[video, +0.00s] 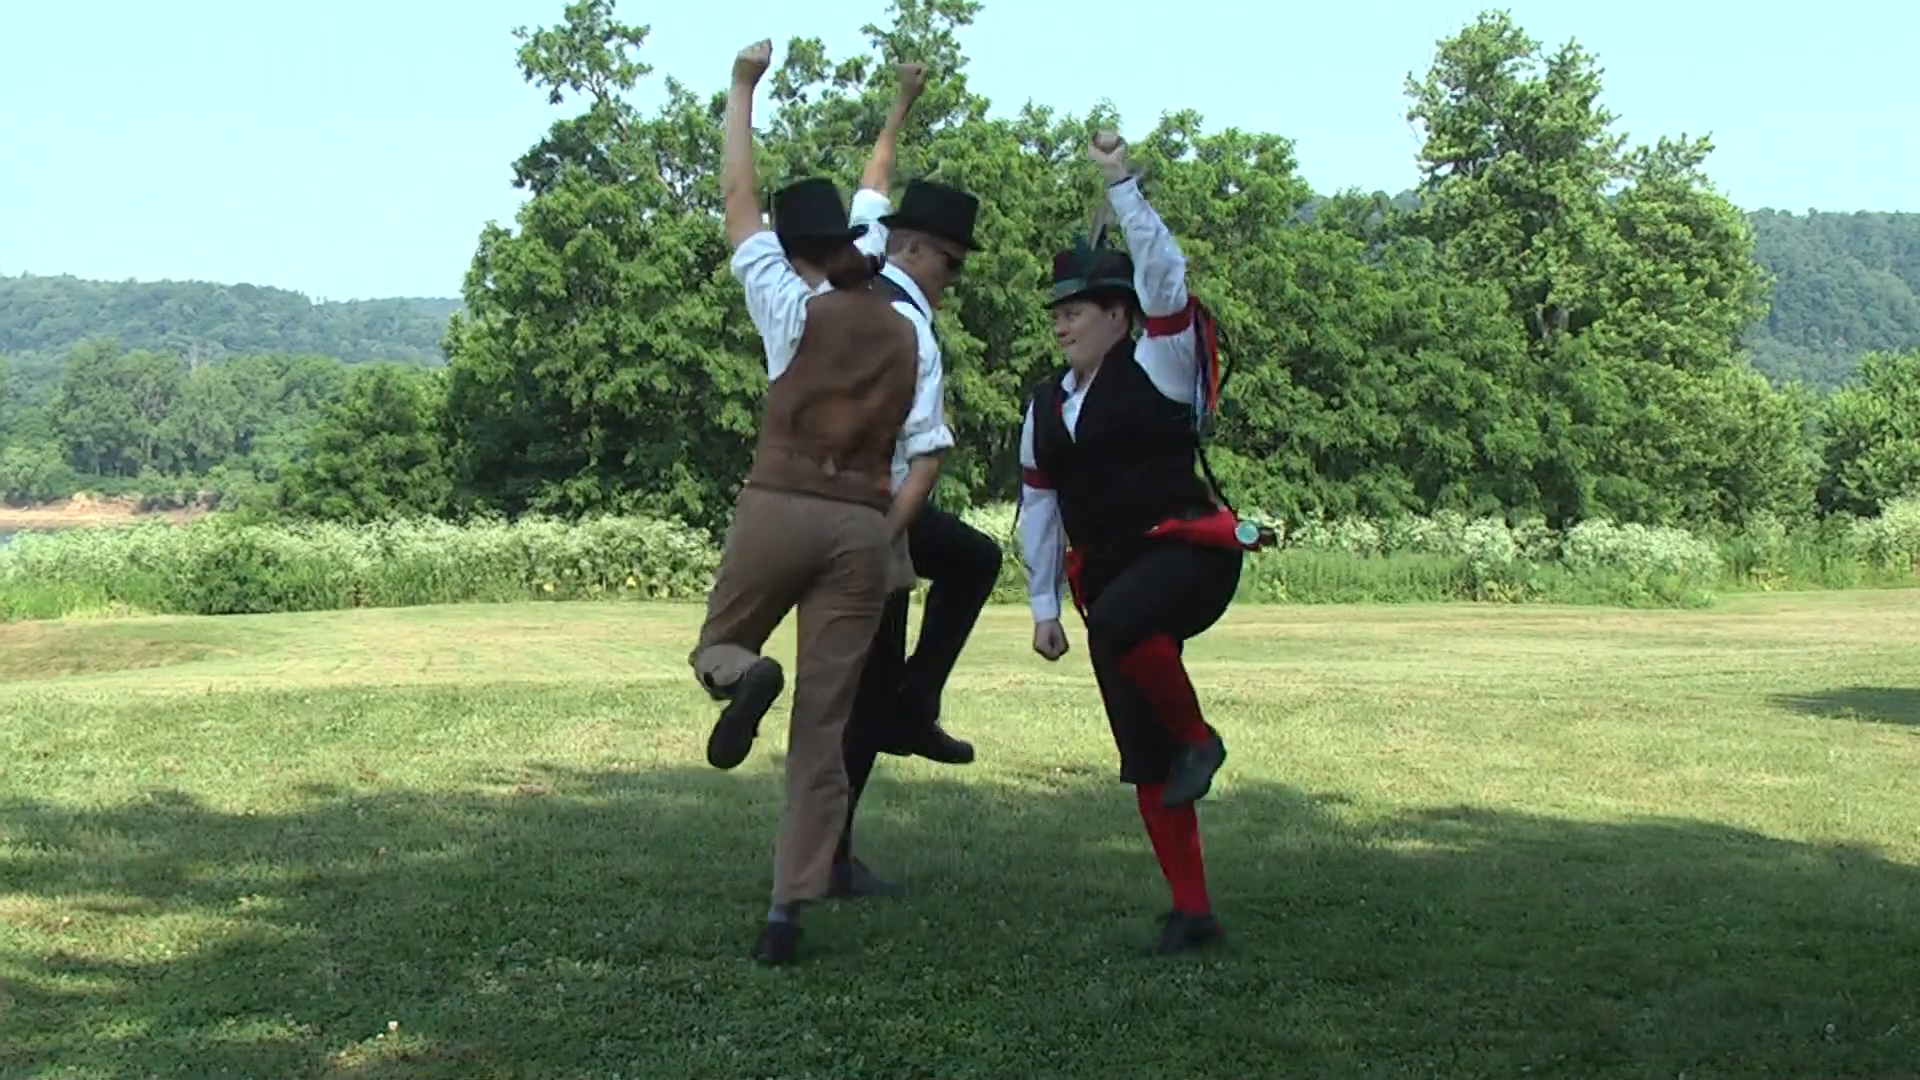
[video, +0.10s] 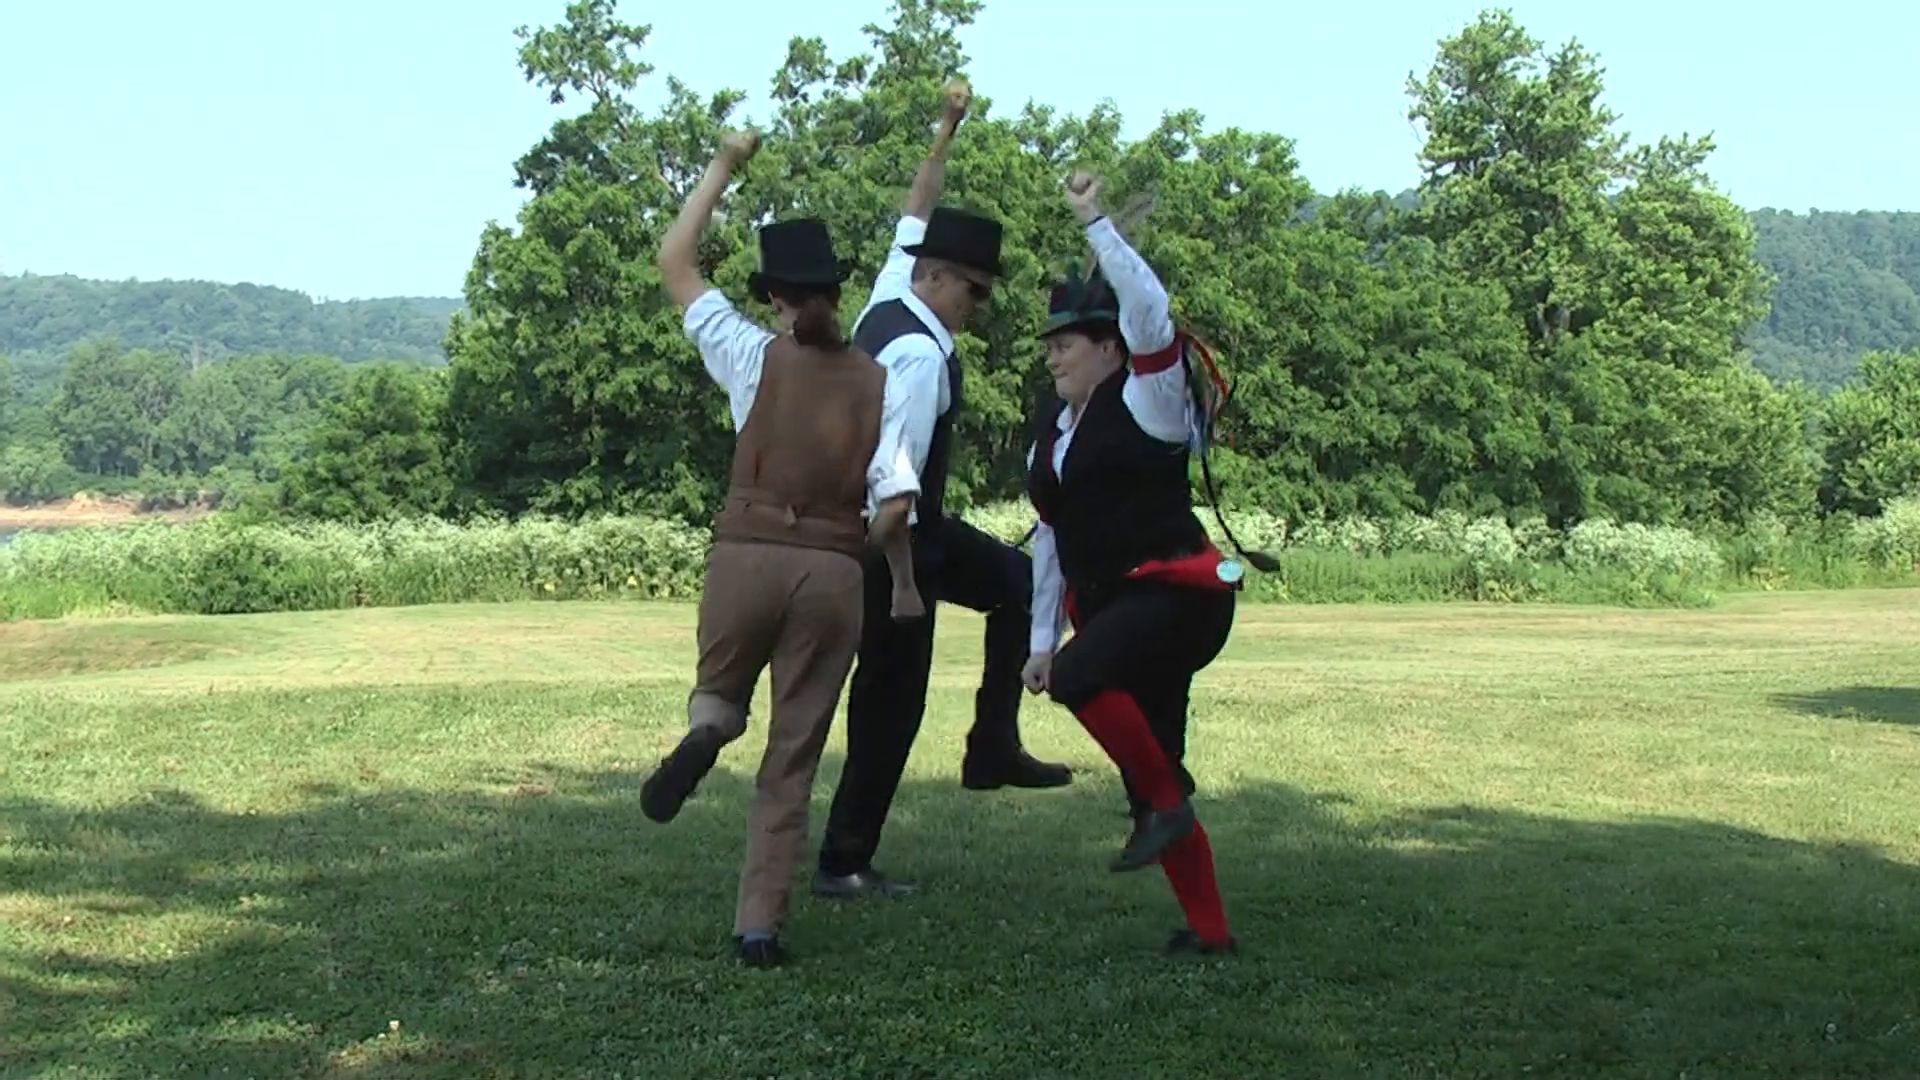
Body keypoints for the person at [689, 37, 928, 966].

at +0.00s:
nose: (796, 267)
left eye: (789, 254)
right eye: (839, 245)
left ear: (798, 258)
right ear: (858, 246)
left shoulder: (788, 307)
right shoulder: (912, 330)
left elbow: (743, 207)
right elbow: (927, 452)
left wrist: (741, 95)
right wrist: (886, 534)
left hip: (775, 516)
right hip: (864, 531)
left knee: (719, 639)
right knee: (823, 728)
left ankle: (745, 676)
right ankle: (788, 909)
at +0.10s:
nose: (775, 306)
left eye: (777, 295)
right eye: (787, 294)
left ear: (776, 298)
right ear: (837, 293)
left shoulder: (751, 356)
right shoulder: (876, 379)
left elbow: (678, 260)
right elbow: (884, 484)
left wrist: (721, 167)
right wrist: (899, 571)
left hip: (746, 561)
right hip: (834, 574)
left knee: (721, 684)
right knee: (792, 762)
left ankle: (706, 731)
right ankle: (760, 928)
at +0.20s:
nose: (774, 305)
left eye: (766, 294)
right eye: (790, 294)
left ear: (756, 295)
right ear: (820, 295)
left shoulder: (724, 359)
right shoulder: (857, 387)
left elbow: (612, 357)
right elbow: (876, 501)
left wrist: (680, 297)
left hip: (720, 567)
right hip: (809, 577)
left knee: (702, 692)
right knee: (780, 760)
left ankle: (673, 790)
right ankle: (760, 927)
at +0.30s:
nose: (785, 290)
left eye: (764, 279)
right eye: (792, 281)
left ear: (734, 282)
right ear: (798, 287)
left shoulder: (691, 355)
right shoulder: (827, 370)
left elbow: (604, 439)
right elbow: (895, 450)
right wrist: (890, 376)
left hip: (695, 549)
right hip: (782, 558)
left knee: (675, 678)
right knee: (767, 734)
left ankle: (639, 823)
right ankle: (759, 914)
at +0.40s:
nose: (786, 299)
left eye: (782, 287)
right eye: (783, 289)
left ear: (716, 285)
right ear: (771, 294)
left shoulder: (658, 360)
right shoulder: (794, 365)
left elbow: (632, 464)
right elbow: (909, 370)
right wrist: (896, 285)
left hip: (666, 544)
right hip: (753, 553)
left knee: (649, 703)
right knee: (747, 726)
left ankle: (613, 855)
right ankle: (747, 896)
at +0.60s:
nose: (758, 324)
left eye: (755, 314)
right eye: (754, 314)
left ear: (685, 311)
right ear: (730, 316)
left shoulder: (624, 381)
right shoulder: (753, 370)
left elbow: (587, 477)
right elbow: (829, 285)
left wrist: (600, 564)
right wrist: (863, 195)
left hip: (639, 564)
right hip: (725, 570)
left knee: (626, 734)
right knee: (723, 735)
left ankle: (601, 892)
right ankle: (688, 811)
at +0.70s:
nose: (773, 287)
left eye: (772, 274)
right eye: (768, 274)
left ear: (703, 268)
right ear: (737, 271)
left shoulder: (630, 340)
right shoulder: (751, 327)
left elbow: (597, 438)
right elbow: (828, 256)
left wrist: (612, 533)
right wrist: (861, 154)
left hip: (654, 523)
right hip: (736, 523)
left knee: (635, 704)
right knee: (738, 680)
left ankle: (607, 875)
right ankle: (652, 739)